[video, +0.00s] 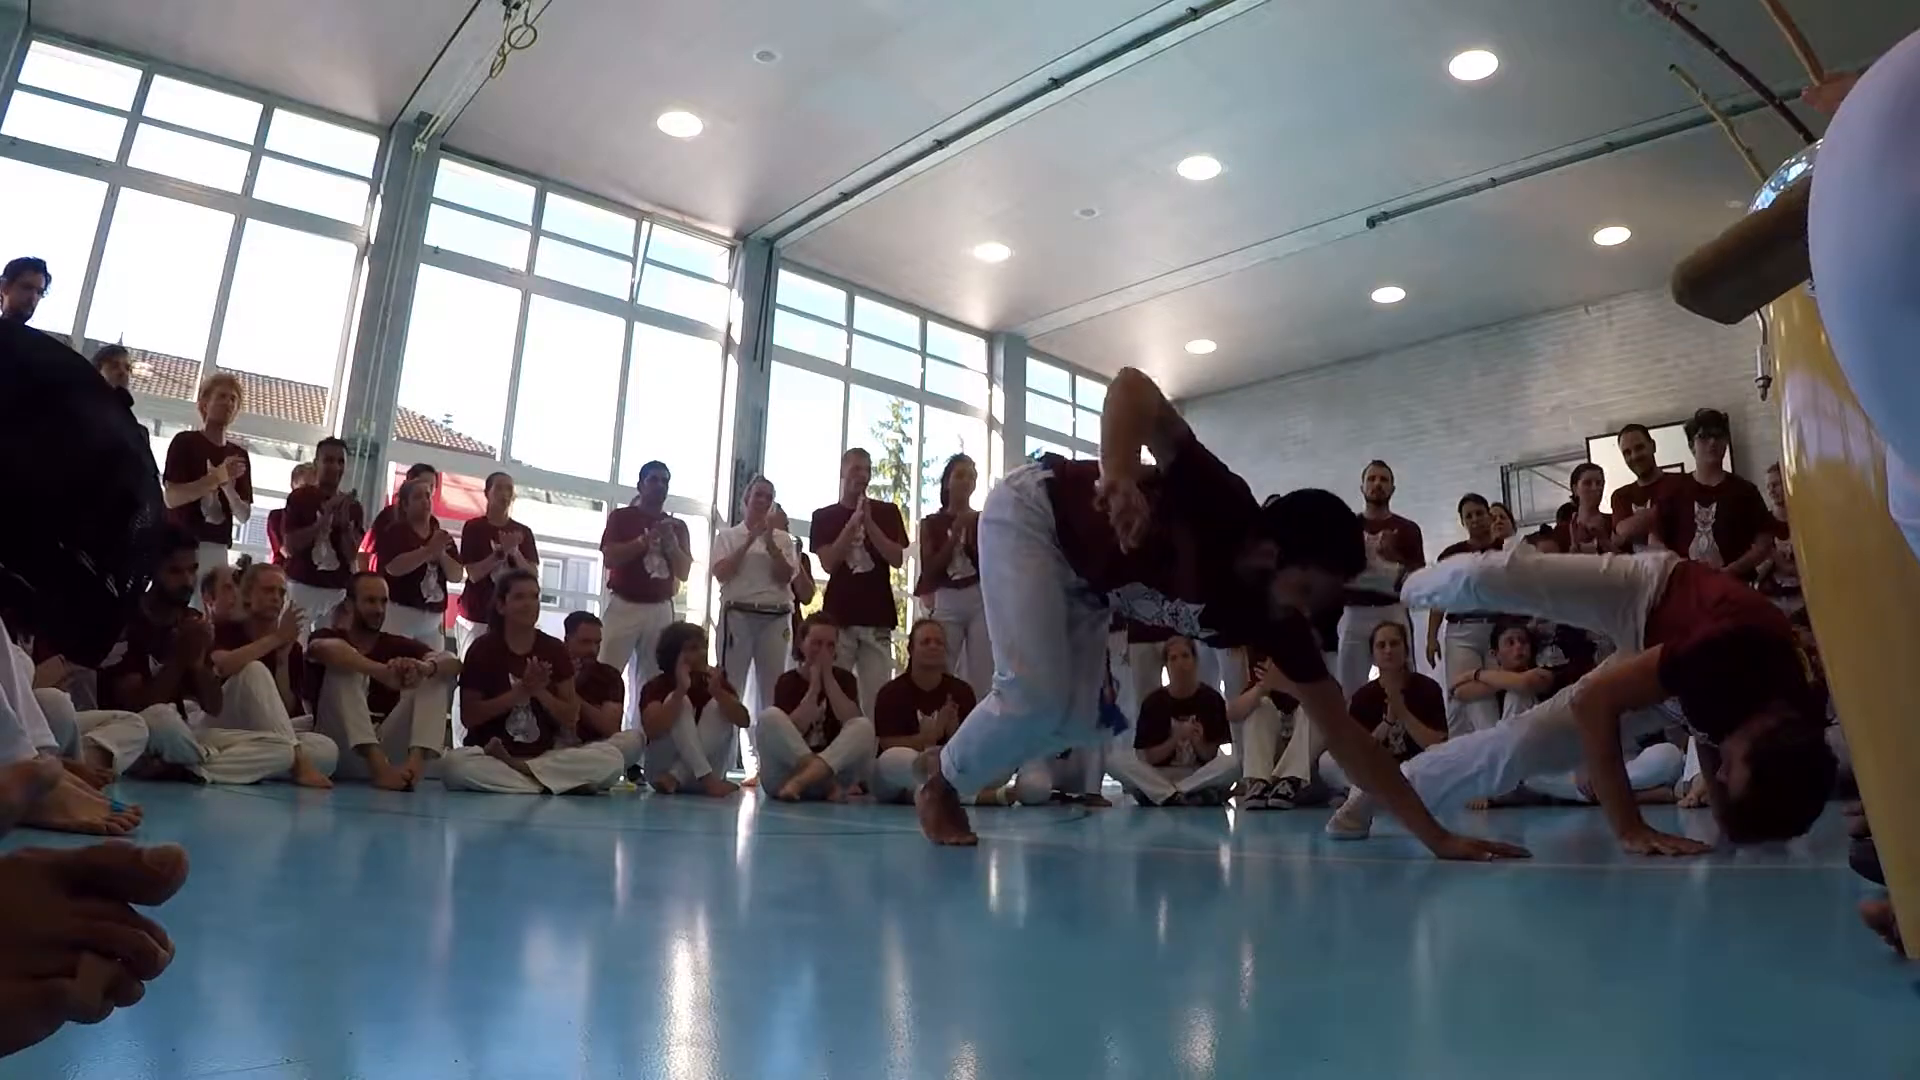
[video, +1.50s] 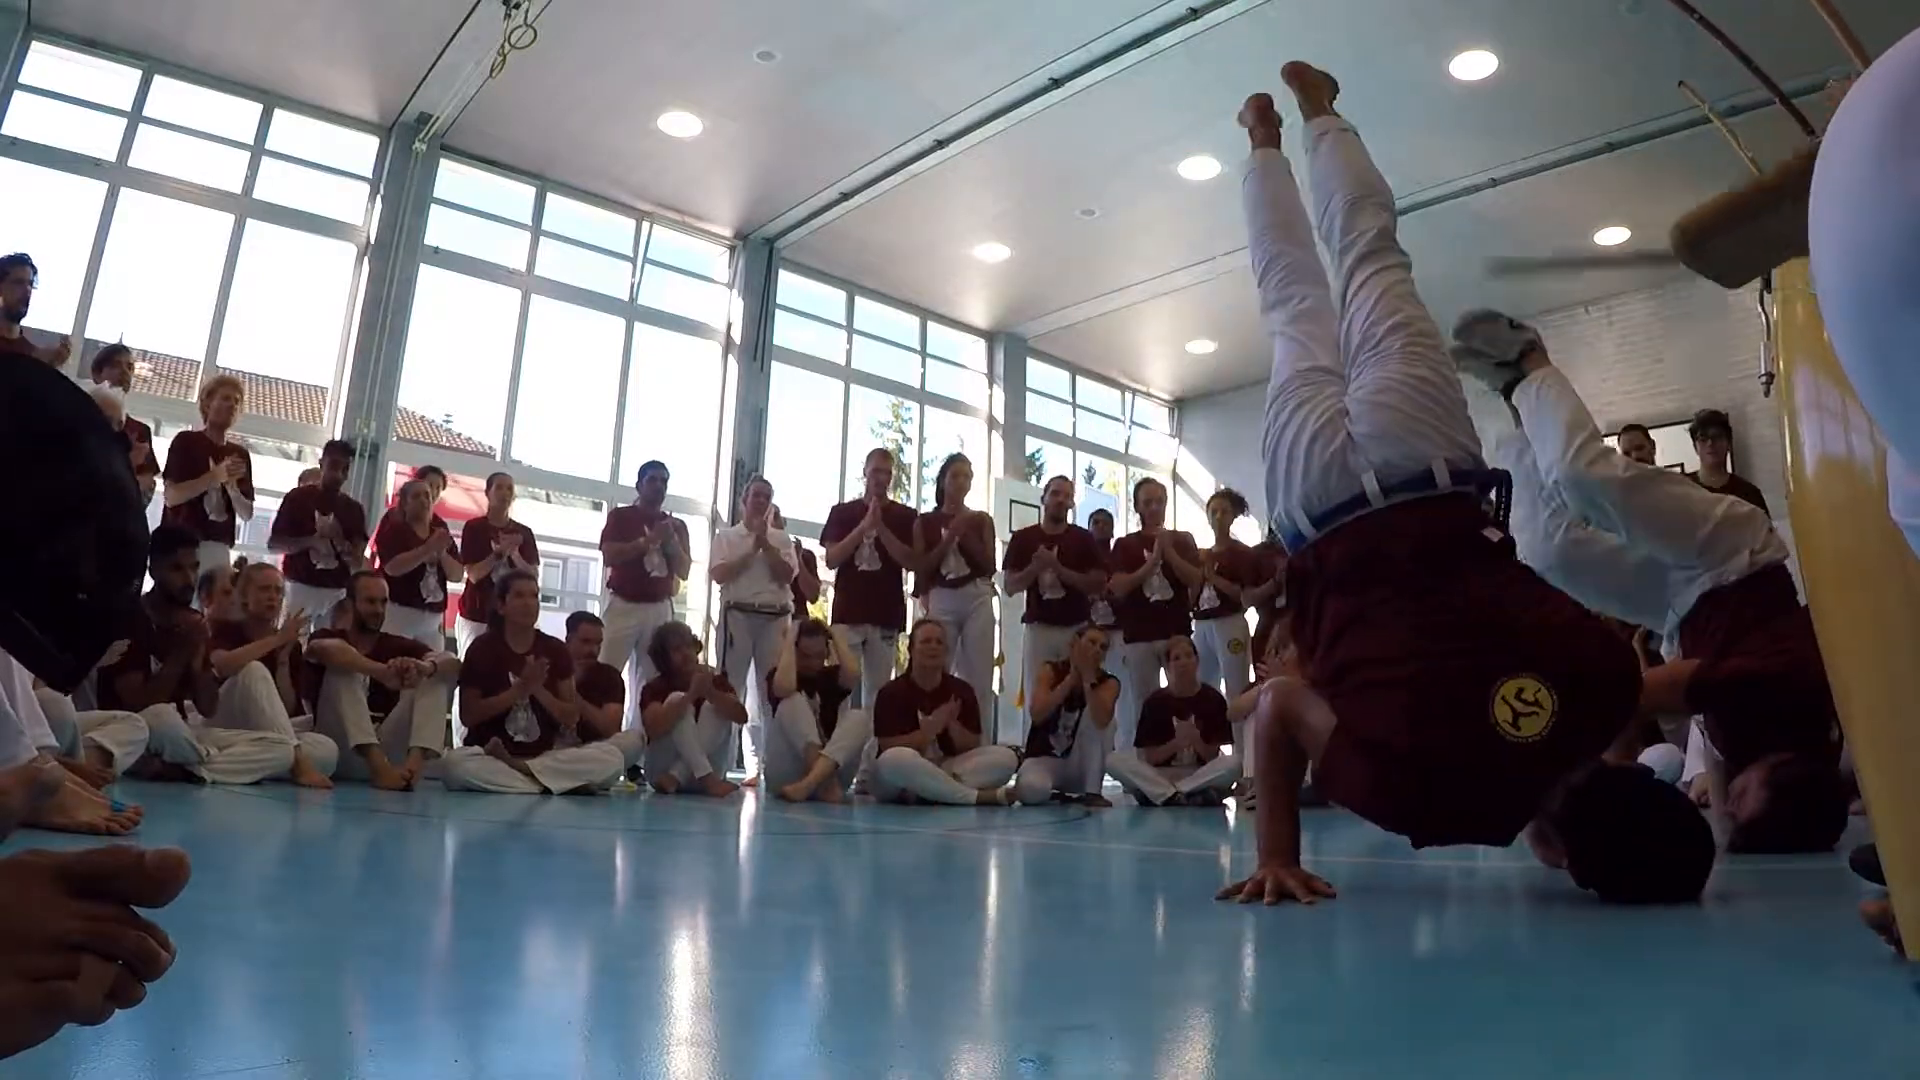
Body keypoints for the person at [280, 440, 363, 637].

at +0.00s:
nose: (334, 467)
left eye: (340, 462)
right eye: (328, 460)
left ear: (345, 467)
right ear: (316, 463)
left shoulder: (352, 506)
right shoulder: (299, 498)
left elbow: (351, 554)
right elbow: (292, 544)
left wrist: (345, 526)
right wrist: (321, 523)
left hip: (336, 588)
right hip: (302, 584)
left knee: (329, 654)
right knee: (292, 650)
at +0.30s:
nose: (336, 468)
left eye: (342, 462)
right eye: (330, 461)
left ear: (346, 467)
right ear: (317, 465)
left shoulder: (353, 507)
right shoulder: (297, 499)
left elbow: (356, 557)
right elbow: (285, 547)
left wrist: (342, 530)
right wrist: (318, 535)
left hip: (337, 591)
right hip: (301, 587)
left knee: (330, 658)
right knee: (291, 654)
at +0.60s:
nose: (337, 469)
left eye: (343, 464)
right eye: (331, 462)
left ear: (347, 469)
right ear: (319, 464)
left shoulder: (354, 510)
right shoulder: (296, 499)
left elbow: (359, 560)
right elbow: (280, 549)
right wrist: (302, 523)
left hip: (336, 592)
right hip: (300, 587)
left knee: (330, 658)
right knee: (289, 654)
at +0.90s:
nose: (337, 470)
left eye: (342, 465)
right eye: (331, 463)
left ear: (347, 469)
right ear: (318, 465)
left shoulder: (350, 505)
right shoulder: (298, 497)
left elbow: (352, 553)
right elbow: (290, 545)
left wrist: (356, 523)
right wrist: (310, 515)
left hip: (337, 587)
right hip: (303, 583)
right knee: (294, 648)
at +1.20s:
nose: (338, 472)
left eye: (343, 467)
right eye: (332, 465)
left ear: (348, 470)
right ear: (319, 465)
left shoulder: (352, 506)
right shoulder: (298, 496)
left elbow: (355, 553)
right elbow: (286, 539)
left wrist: (359, 524)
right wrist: (306, 506)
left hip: (336, 589)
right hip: (301, 584)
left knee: (329, 654)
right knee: (290, 650)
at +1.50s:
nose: (338, 475)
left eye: (344, 470)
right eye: (333, 467)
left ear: (349, 471)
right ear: (321, 463)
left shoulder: (354, 509)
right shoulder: (296, 498)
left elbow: (356, 561)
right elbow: (275, 543)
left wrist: (339, 540)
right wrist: (312, 540)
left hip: (336, 592)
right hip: (298, 589)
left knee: (327, 660)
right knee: (289, 655)